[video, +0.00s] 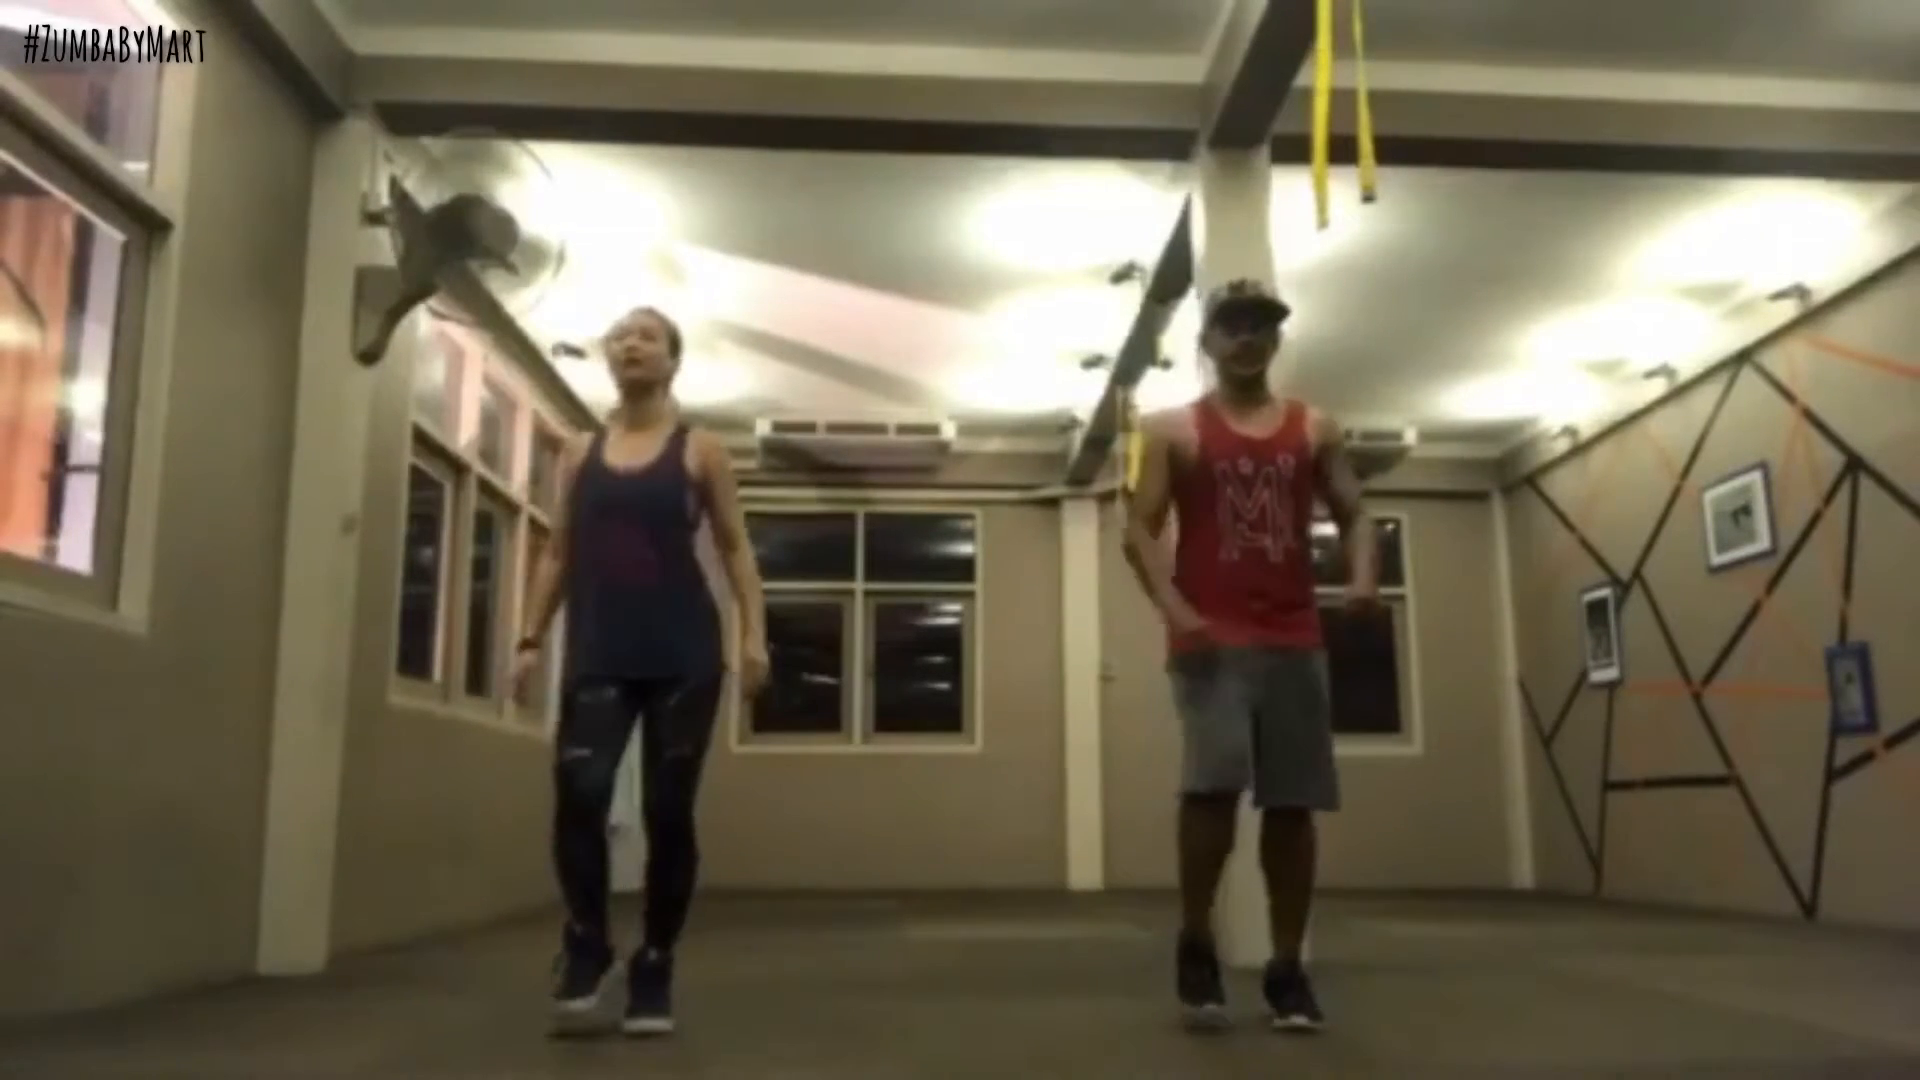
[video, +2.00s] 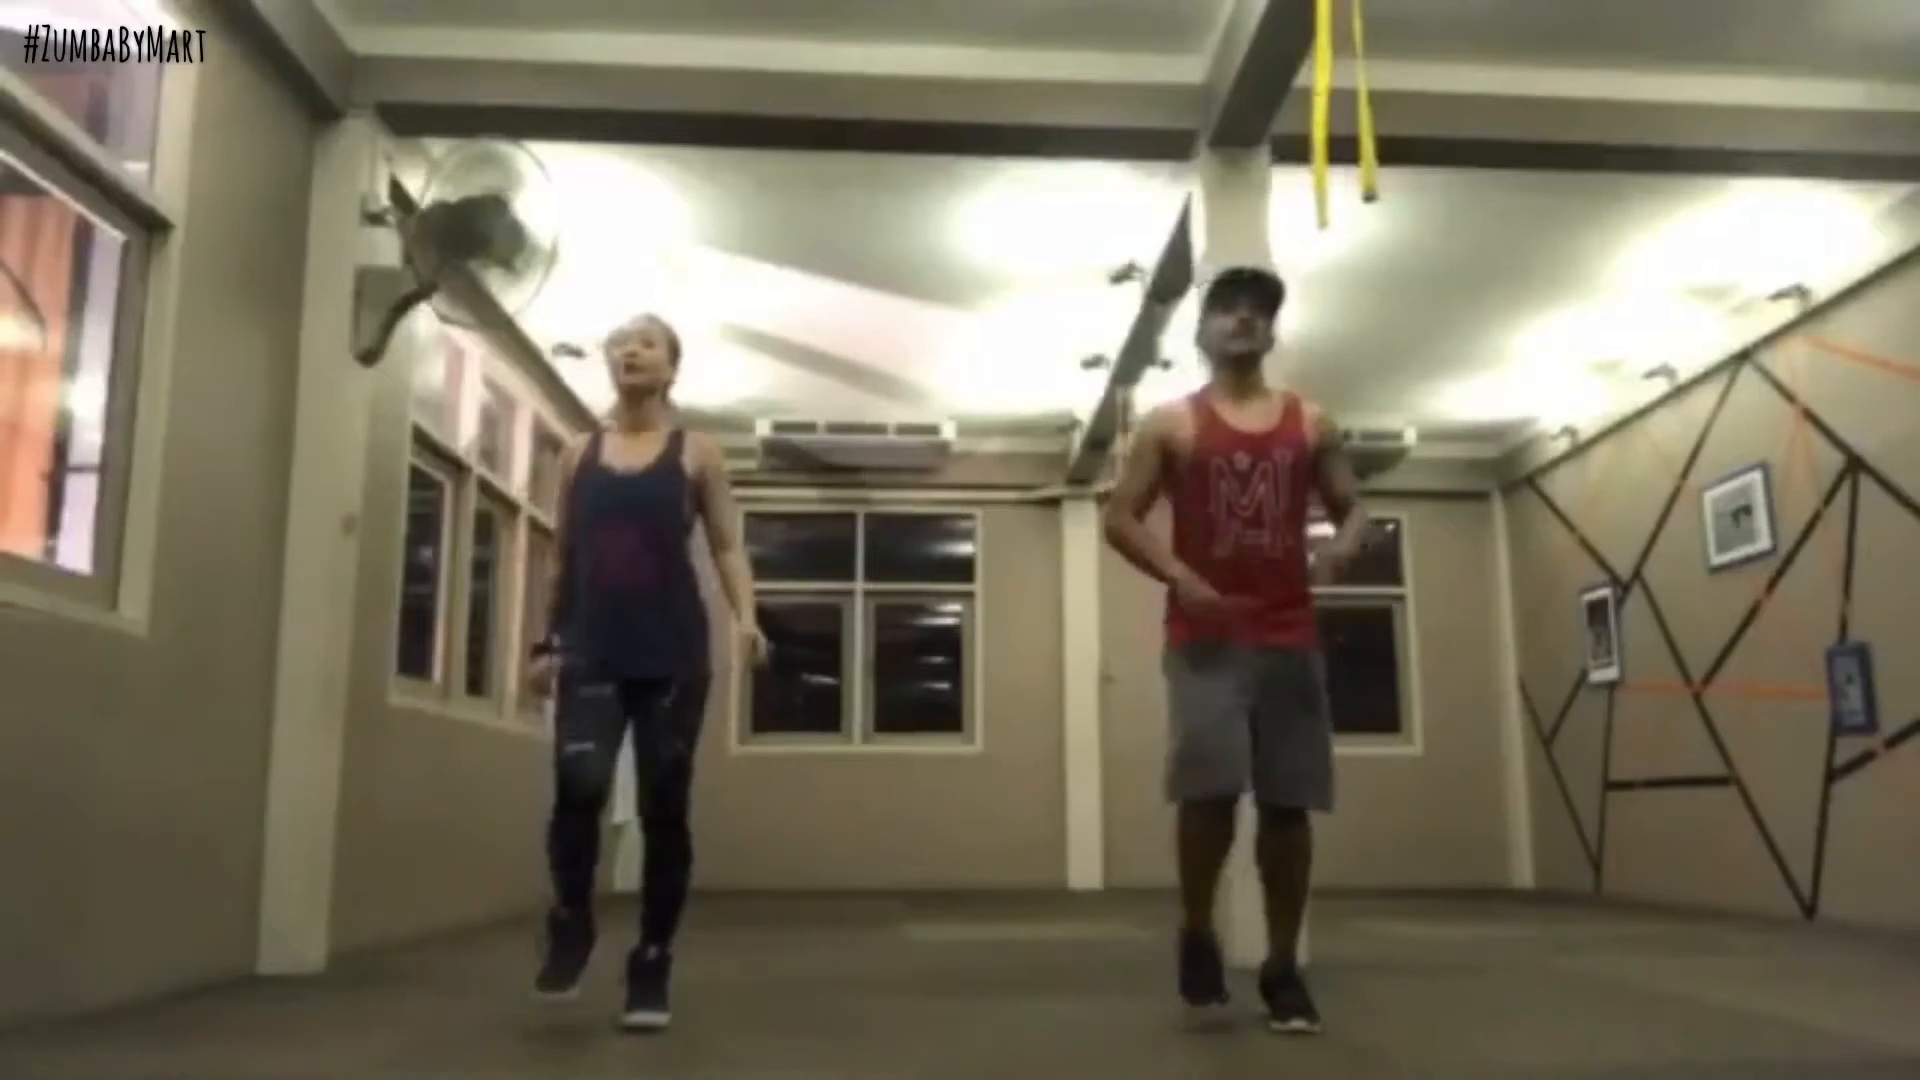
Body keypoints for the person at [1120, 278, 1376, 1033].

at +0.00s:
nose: (1249, 343)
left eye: (1262, 331)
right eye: (1234, 331)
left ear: (1278, 341)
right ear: (1208, 340)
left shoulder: (1312, 430)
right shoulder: (1175, 432)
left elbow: (1354, 514)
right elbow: (1138, 533)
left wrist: (1362, 580)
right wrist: (1174, 610)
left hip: (1293, 637)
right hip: (1213, 638)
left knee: (1292, 805)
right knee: (1213, 794)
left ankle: (1287, 966)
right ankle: (1197, 946)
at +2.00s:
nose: (1238, 323)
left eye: (1253, 312)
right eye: (1224, 311)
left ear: (1272, 329)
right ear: (1202, 327)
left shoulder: (1308, 423)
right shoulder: (1172, 424)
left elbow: (1351, 509)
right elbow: (1119, 518)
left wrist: (1344, 550)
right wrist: (1182, 579)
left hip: (1288, 636)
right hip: (1208, 638)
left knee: (1287, 807)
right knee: (1209, 797)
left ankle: (1283, 965)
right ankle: (1196, 937)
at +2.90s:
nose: (1235, 323)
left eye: (1249, 312)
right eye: (1221, 310)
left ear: (1267, 327)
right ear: (1194, 323)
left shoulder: (1298, 415)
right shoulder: (1155, 412)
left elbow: (1379, 477)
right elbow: (1071, 468)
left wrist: (1453, 523)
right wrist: (1135, 471)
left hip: (1271, 626)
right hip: (1186, 621)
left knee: (1264, 803)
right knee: (1177, 771)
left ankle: (1255, 969)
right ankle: (1170, 916)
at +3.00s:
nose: (1238, 308)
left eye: (1252, 295)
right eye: (1223, 295)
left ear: (1271, 307)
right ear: (1199, 308)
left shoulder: (1302, 393)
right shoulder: (1166, 388)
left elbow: (1398, 434)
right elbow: (1068, 424)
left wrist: (1488, 452)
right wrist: (1086, 441)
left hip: (1270, 603)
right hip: (1189, 591)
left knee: (1251, 787)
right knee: (1202, 746)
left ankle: (1232, 952)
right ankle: (1171, 909)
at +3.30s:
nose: (1271, 336)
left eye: (1284, 323)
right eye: (1255, 322)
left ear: (1300, 333)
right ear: (1226, 333)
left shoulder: (1328, 424)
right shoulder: (1207, 412)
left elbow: (1434, 460)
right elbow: (1108, 431)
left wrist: (1423, 427)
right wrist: (1007, 437)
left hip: (1300, 633)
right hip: (1214, 635)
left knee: (1364, 771)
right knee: (1203, 808)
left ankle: (1271, 913)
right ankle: (1178, 984)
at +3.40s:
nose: (1286, 327)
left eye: (1299, 314)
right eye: (1271, 313)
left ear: (1315, 323)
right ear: (1241, 324)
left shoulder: (1342, 410)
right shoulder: (1211, 404)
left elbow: (1459, 423)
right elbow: (1121, 426)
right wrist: (1101, 391)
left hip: (1325, 621)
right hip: (1233, 628)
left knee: (1406, 751)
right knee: (1211, 799)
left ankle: (1372, 896)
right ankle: (1179, 984)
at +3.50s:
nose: (1308, 316)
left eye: (1320, 304)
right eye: (1293, 304)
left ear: (1336, 312)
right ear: (1263, 316)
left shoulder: (1371, 387)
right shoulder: (1230, 393)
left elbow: (1498, 401)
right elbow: (1133, 413)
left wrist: (1625, 383)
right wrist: (1154, 346)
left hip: (1354, 624)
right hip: (1258, 627)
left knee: (1430, 777)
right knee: (1227, 795)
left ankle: (1467, 912)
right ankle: (1193, 975)